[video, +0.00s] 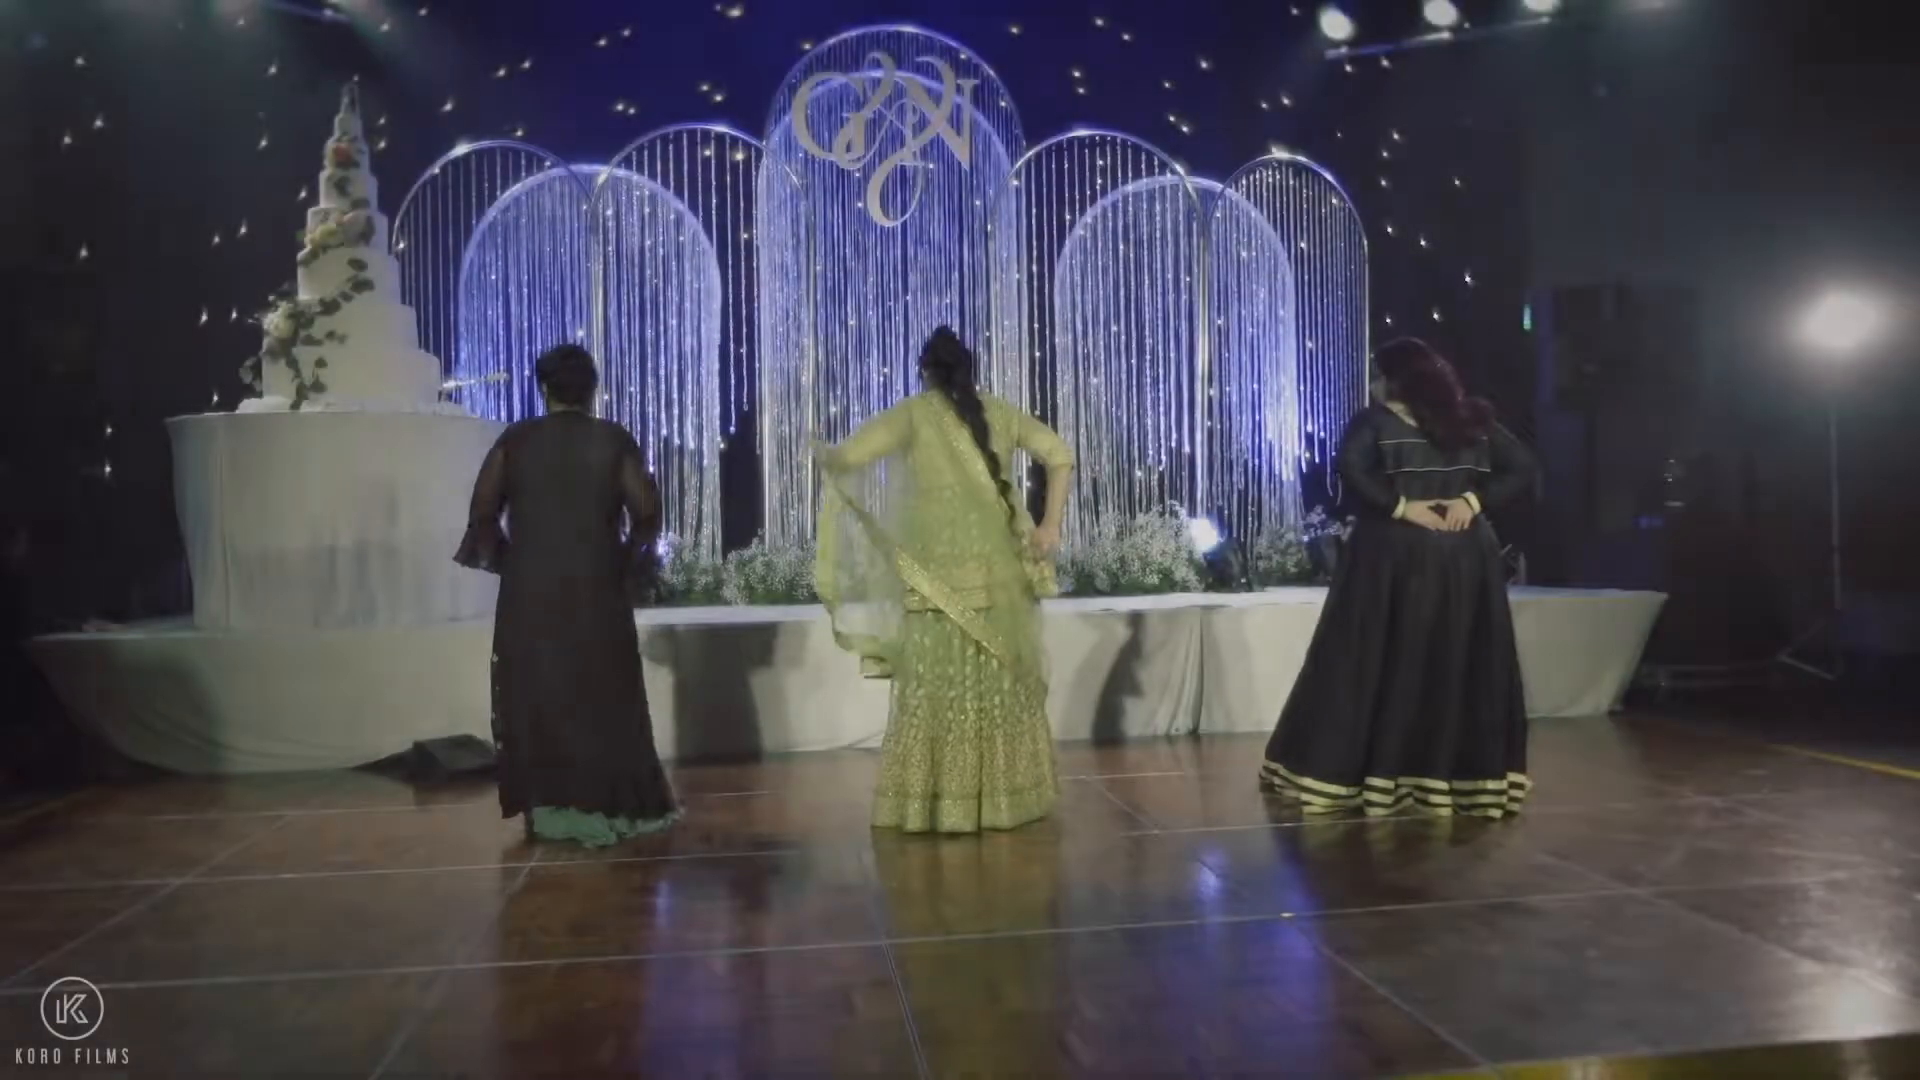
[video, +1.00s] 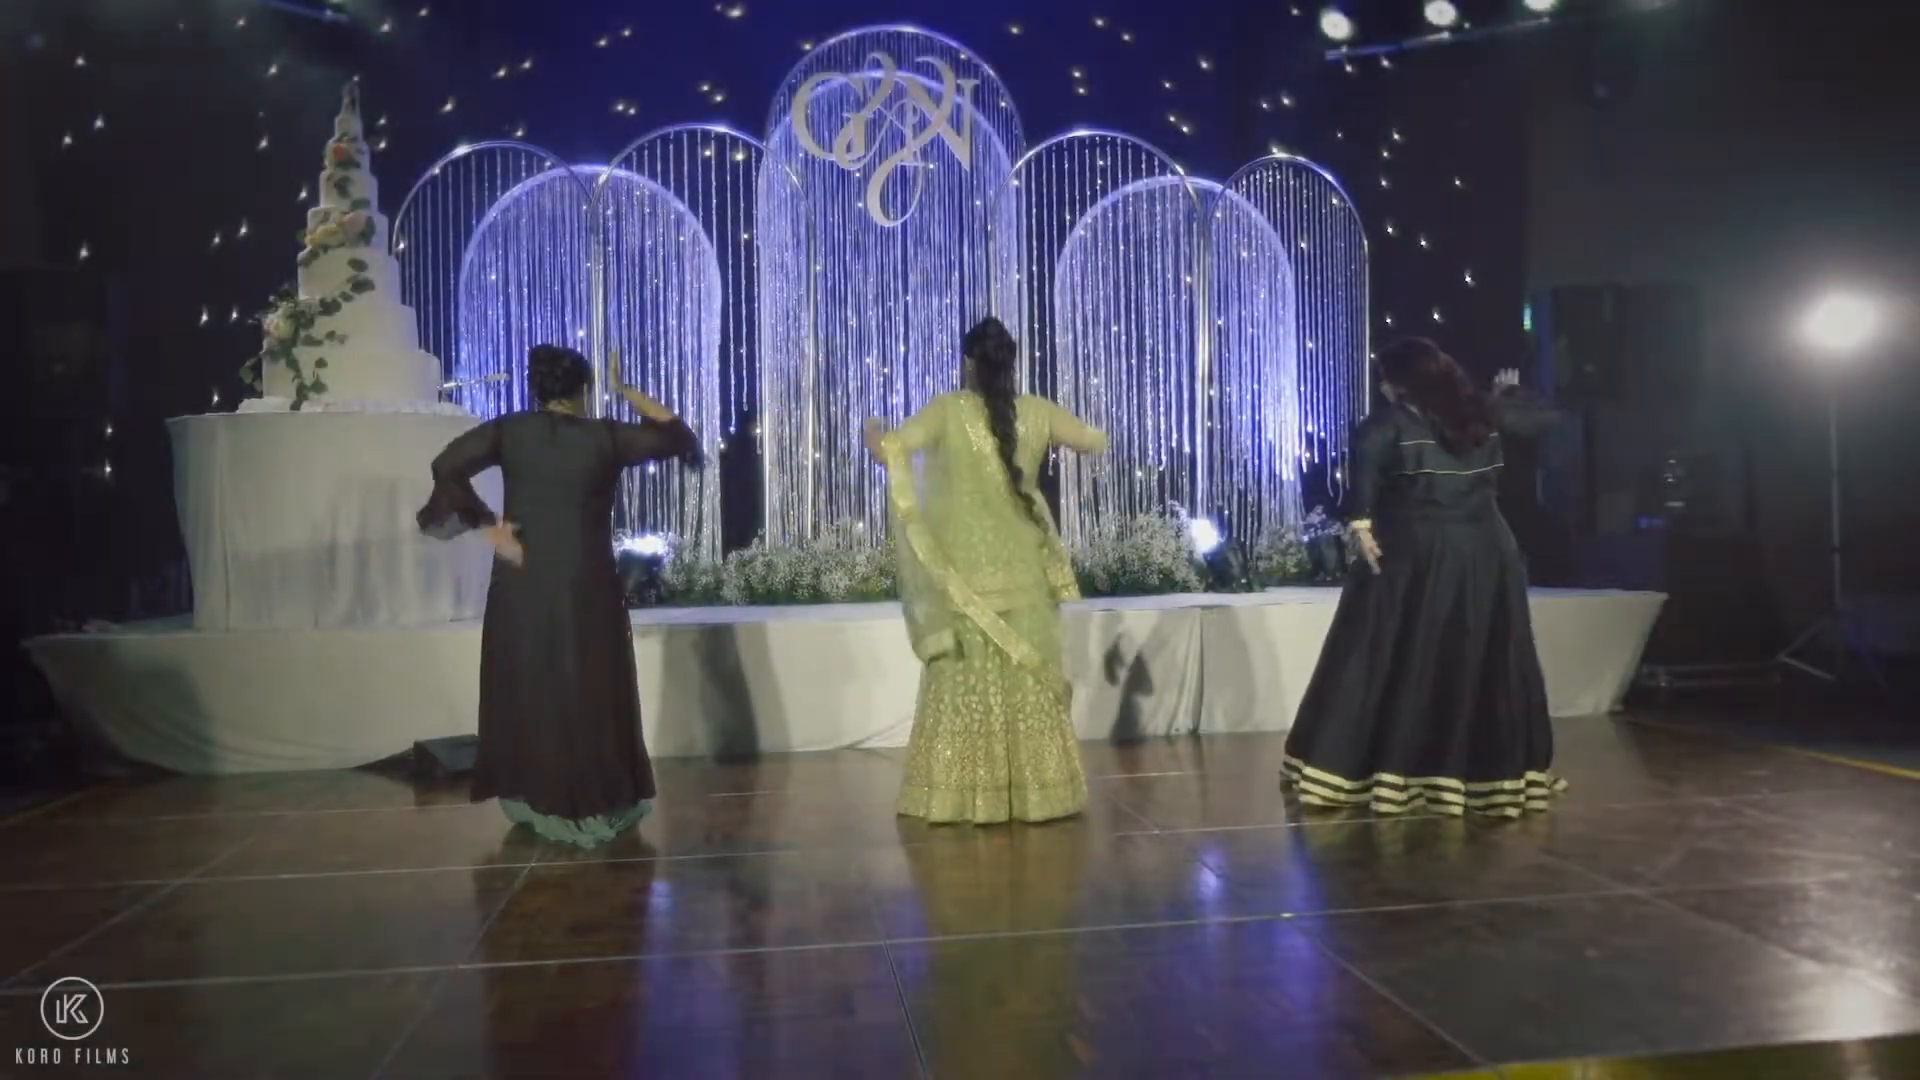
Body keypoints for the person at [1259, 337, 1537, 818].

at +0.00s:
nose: (1375, 386)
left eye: (1378, 378)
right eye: (1376, 378)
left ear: (1392, 381)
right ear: (1433, 376)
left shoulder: (1376, 421)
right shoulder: (1471, 421)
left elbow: (1351, 469)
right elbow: (1523, 468)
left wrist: (1401, 506)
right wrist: (1475, 498)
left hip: (1398, 567)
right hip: (1467, 567)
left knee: (1390, 668)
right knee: (1460, 670)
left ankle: (1383, 780)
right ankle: (1455, 782)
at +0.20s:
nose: (1379, 386)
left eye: (1382, 378)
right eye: (1380, 378)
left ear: (1396, 381)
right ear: (1438, 374)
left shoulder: (1377, 420)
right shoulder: (1476, 421)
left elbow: (1353, 470)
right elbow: (1525, 470)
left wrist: (1403, 505)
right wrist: (1476, 498)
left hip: (1398, 567)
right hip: (1468, 568)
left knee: (1392, 669)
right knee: (1462, 670)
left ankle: (1387, 782)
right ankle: (1459, 782)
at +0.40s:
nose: (1378, 385)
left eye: (1381, 377)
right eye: (1379, 377)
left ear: (1390, 379)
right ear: (1436, 374)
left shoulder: (1373, 419)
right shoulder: (1472, 418)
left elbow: (1349, 463)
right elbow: (1520, 463)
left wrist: (1395, 503)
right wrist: (1473, 497)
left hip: (1394, 568)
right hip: (1465, 568)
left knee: (1390, 668)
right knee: (1460, 669)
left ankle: (1387, 781)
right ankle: (1459, 781)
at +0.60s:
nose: (1371, 390)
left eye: (1372, 382)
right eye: (1371, 383)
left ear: (1381, 381)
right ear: (1427, 372)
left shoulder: (1368, 418)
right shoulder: (1459, 410)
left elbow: (1331, 446)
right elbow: (1521, 427)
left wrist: (1359, 499)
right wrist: (1505, 484)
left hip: (1393, 556)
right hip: (1461, 552)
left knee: (1388, 665)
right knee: (1459, 666)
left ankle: (1387, 781)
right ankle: (1460, 781)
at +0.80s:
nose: (1375, 386)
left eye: (1376, 379)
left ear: (1382, 380)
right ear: (1431, 370)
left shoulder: (1373, 420)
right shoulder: (1465, 408)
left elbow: (1347, 453)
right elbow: (1528, 423)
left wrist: (1371, 505)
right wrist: (1500, 461)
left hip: (1405, 554)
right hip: (1471, 550)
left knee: (1397, 664)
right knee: (1470, 663)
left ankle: (1393, 780)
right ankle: (1474, 781)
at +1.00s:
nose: (1380, 390)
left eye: (1382, 382)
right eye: (1380, 382)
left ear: (1397, 384)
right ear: (1440, 373)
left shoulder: (1392, 423)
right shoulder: (1478, 415)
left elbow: (1368, 457)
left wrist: (1360, 518)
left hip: (1424, 551)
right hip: (1487, 547)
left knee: (1410, 661)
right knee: (1483, 660)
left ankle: (1405, 776)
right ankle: (1486, 777)